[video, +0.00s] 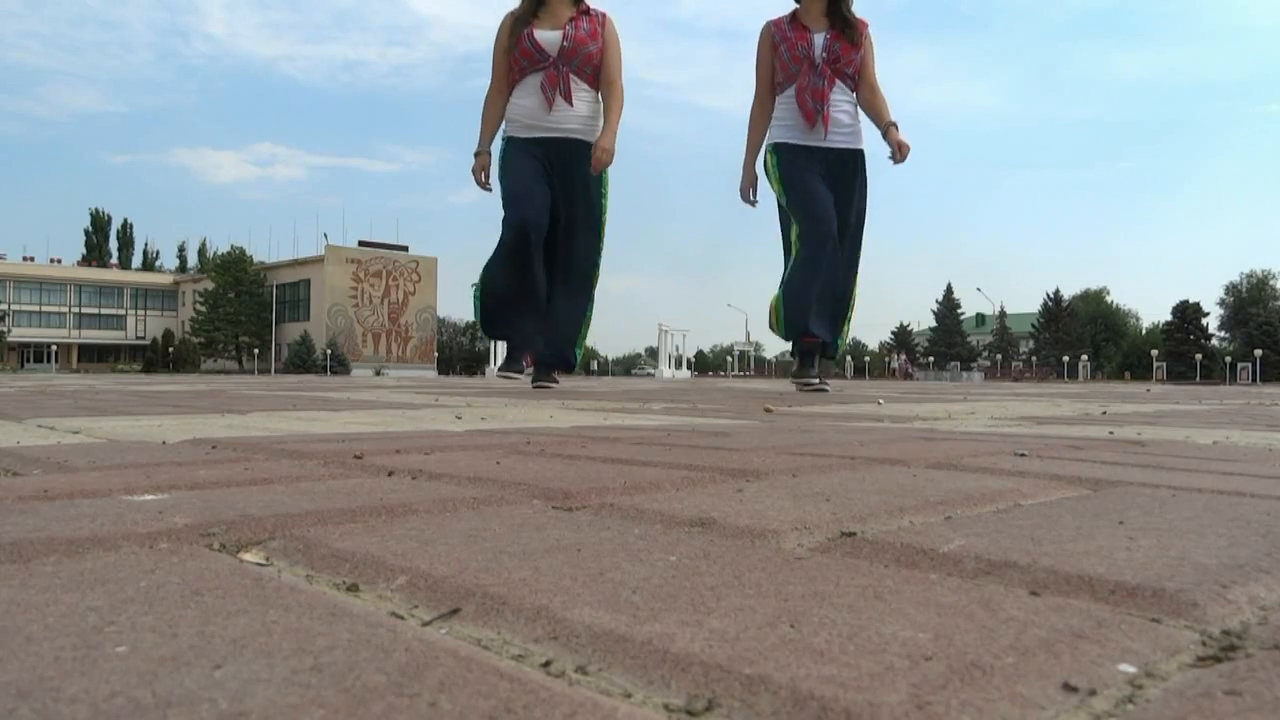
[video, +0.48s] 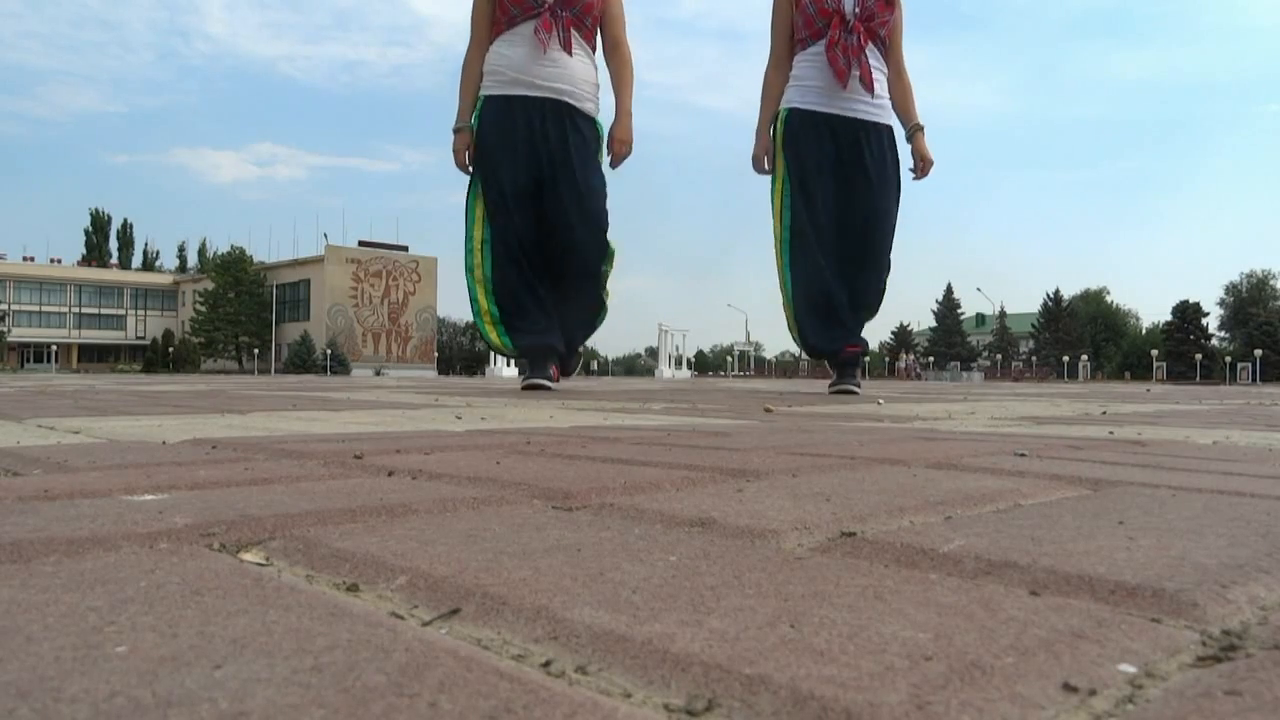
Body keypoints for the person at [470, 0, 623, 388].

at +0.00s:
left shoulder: (600, 22)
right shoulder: (514, 21)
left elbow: (612, 86)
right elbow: (499, 89)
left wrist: (609, 135)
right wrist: (484, 147)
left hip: (579, 150)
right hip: (523, 147)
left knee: (571, 251)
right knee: (526, 229)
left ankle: (549, 362)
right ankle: (518, 343)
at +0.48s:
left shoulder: (603, 2)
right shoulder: (489, 2)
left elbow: (615, 43)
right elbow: (479, 44)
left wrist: (623, 117)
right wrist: (463, 121)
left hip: (572, 112)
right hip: (504, 107)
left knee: (580, 235)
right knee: (515, 235)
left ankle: (568, 339)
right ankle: (536, 355)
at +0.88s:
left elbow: (602, 17)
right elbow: (456, 3)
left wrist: (607, 102)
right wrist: (447, 68)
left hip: (561, 68)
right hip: (485, 71)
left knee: (535, 206)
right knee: (493, 218)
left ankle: (516, 338)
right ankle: (540, 350)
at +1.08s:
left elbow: (604, 3)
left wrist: (611, 72)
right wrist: (422, 53)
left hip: (556, 30)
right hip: (471, 40)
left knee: (540, 195)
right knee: (470, 198)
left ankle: (514, 352)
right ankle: (493, 349)